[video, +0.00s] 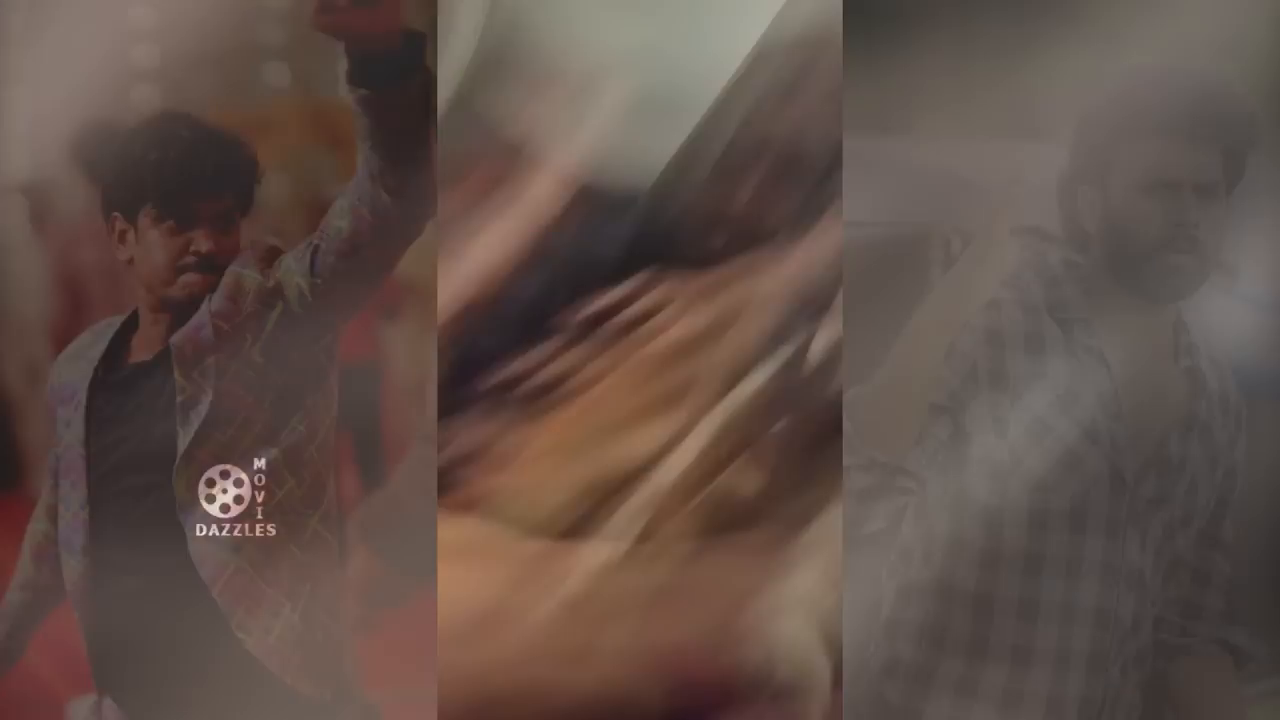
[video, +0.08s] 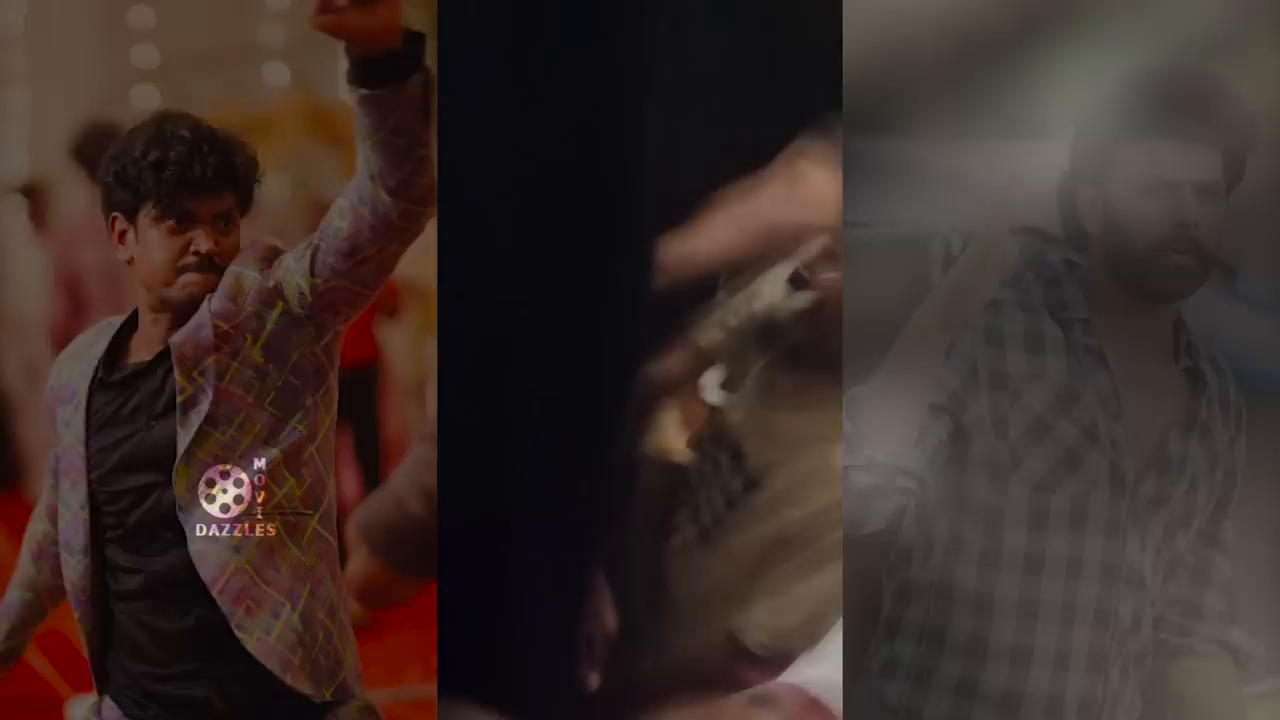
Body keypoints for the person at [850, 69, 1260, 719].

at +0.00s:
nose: (1188, 220)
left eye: (1206, 195)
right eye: (1160, 190)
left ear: (1228, 206)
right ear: (1086, 195)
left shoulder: (1212, 388)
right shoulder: (991, 315)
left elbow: (1193, 628)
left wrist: (1218, 694)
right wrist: (1096, 382)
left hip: (1102, 701)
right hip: (946, 698)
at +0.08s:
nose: (1187, 220)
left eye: (1208, 195)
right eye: (1156, 188)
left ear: (1228, 209)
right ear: (1087, 190)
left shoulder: (1216, 401)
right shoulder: (981, 322)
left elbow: (1196, 628)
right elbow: (862, 503)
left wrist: (1212, 697)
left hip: (1111, 708)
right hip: (943, 702)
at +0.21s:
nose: (1187, 218)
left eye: (1207, 194)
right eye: (1157, 189)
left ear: (1229, 211)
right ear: (1090, 206)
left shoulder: (1218, 402)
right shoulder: (991, 326)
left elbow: (1193, 621)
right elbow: (852, 509)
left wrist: (1227, 709)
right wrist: (948, 306)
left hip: (1107, 709)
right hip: (941, 701)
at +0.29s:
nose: (1187, 218)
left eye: (1207, 194)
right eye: (1156, 190)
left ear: (1229, 209)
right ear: (1092, 207)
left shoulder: (1218, 400)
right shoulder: (989, 321)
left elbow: (1191, 611)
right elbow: (853, 508)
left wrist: (1225, 707)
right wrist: (945, 308)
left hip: (1106, 709)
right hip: (941, 700)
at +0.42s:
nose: (1188, 219)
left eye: (1207, 194)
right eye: (1157, 190)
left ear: (1228, 209)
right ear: (1091, 208)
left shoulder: (1218, 402)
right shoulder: (989, 318)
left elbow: (1193, 623)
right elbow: (853, 508)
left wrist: (1227, 711)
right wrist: (944, 307)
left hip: (1104, 709)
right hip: (936, 701)